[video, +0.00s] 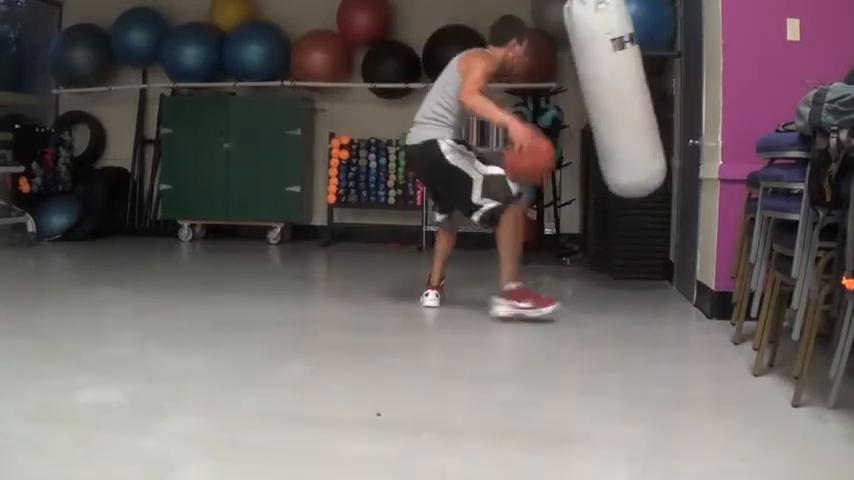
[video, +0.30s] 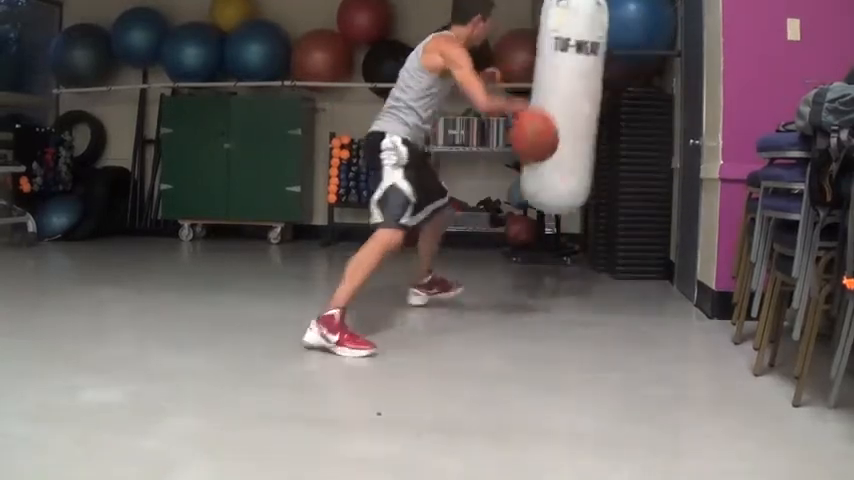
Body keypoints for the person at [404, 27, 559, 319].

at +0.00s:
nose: (523, 64)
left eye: (526, 58)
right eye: (525, 55)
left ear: (507, 43)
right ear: (515, 45)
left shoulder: (470, 58)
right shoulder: (482, 59)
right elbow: (469, 97)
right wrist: (512, 123)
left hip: (421, 144)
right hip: (436, 144)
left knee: (452, 214)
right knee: (511, 199)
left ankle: (433, 288)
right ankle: (510, 291)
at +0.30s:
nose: (486, 31)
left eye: (487, 25)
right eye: (486, 25)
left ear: (464, 18)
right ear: (476, 22)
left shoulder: (440, 42)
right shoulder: (450, 47)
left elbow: (446, 87)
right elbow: (483, 102)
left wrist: (481, 79)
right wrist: (520, 107)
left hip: (404, 142)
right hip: (390, 141)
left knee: (439, 210)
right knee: (391, 232)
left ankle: (423, 282)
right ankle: (329, 320)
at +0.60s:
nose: (504, 32)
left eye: (506, 25)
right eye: (504, 24)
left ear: (486, 21)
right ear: (489, 20)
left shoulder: (470, 61)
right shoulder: (450, 46)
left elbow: (453, 112)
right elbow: (430, 101)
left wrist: (501, 106)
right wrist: (442, 138)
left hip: (411, 142)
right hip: (385, 128)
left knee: (434, 221)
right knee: (386, 221)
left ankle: (391, 293)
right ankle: (335, 317)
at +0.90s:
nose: (514, 30)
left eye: (517, 26)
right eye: (513, 25)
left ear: (504, 27)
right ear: (499, 22)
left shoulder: (477, 59)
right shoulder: (467, 41)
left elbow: (454, 101)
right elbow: (529, 31)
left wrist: (501, 105)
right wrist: (572, 7)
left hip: (435, 145)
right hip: (404, 137)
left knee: (479, 210)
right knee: (396, 235)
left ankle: (466, 293)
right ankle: (332, 314)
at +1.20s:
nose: (587, 65)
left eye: (588, 59)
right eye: (587, 58)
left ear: (560, 51)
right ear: (575, 54)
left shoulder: (530, 76)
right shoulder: (554, 79)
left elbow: (520, 123)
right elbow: (603, 135)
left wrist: (570, 128)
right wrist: (662, 174)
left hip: (491, 161)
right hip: (470, 157)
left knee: (558, 214)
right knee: (480, 255)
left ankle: (556, 304)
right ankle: (374, 288)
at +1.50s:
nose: (608, 85)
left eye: (609, 78)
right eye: (609, 78)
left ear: (579, 69)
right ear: (595, 75)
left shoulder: (561, 91)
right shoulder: (561, 102)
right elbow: (625, 157)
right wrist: (677, 152)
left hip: (496, 169)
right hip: (468, 165)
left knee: (562, 218)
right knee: (501, 253)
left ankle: (555, 306)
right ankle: (433, 341)